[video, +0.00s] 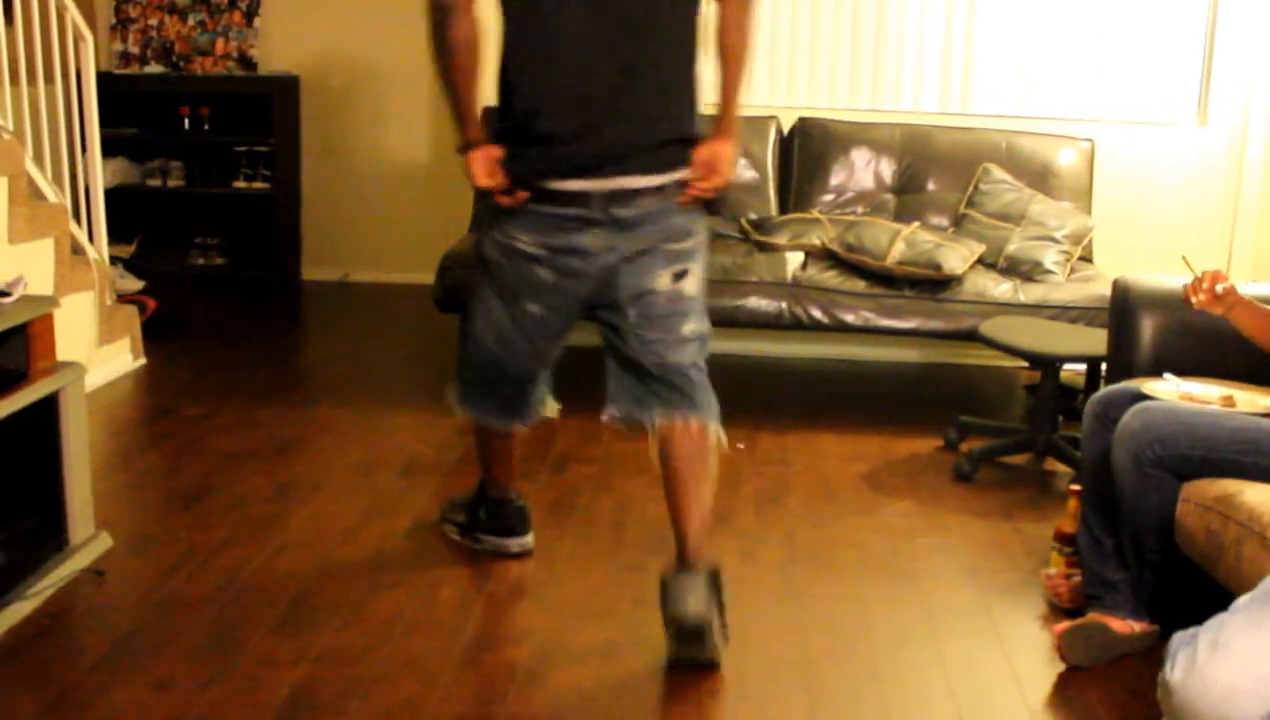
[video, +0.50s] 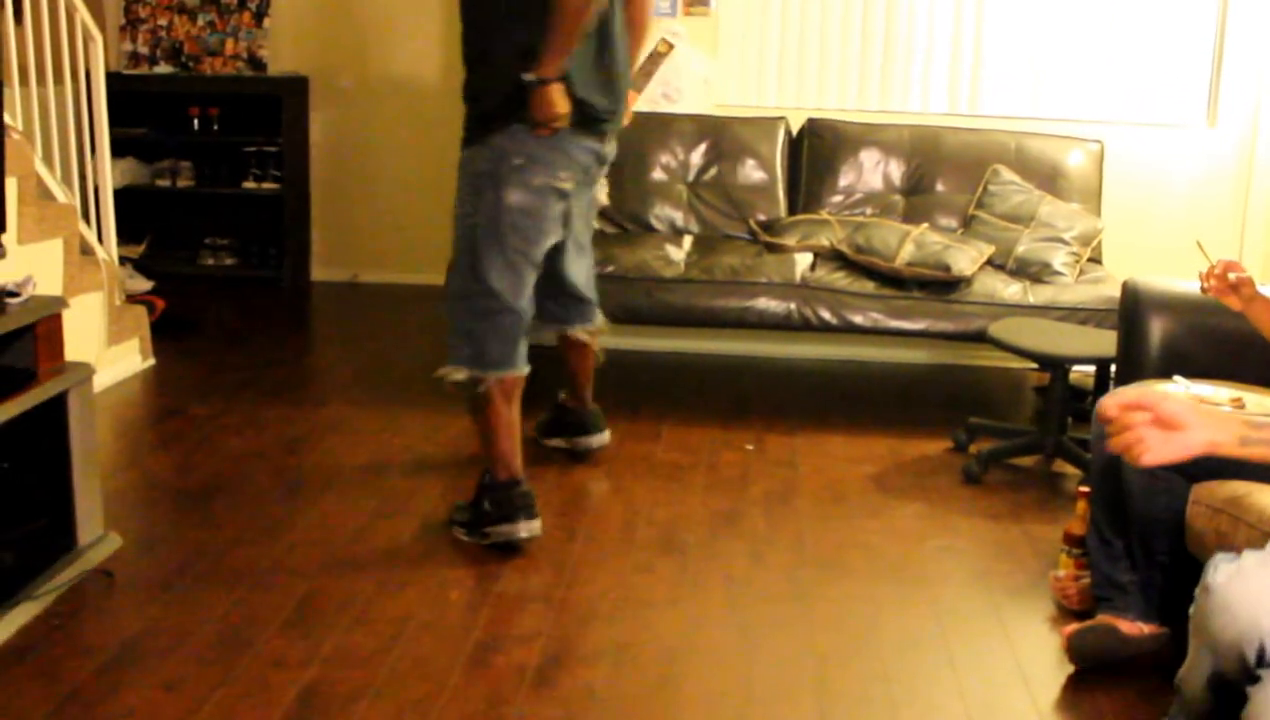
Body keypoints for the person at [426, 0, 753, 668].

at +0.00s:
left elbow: (456, 10)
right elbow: (737, 4)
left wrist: (472, 133)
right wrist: (726, 128)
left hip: (544, 190)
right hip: (667, 184)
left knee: (499, 362)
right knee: (680, 381)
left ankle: (499, 505)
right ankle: (694, 575)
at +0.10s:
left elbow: (432, 11)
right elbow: (697, 5)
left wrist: (448, 121)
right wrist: (686, 123)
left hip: (509, 182)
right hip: (628, 181)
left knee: (485, 345)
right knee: (656, 344)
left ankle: (500, 503)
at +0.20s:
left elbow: (447, 2)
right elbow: (686, 2)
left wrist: (454, 84)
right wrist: (672, 84)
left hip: (503, 116)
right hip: (612, 113)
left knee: (487, 312)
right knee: (621, 299)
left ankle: (498, 493)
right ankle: (642, 468)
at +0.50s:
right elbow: (639, 8)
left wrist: (547, 73)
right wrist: (613, 80)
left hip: (518, 117)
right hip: (586, 114)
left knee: (493, 302)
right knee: (570, 274)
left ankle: (505, 489)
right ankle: (579, 409)